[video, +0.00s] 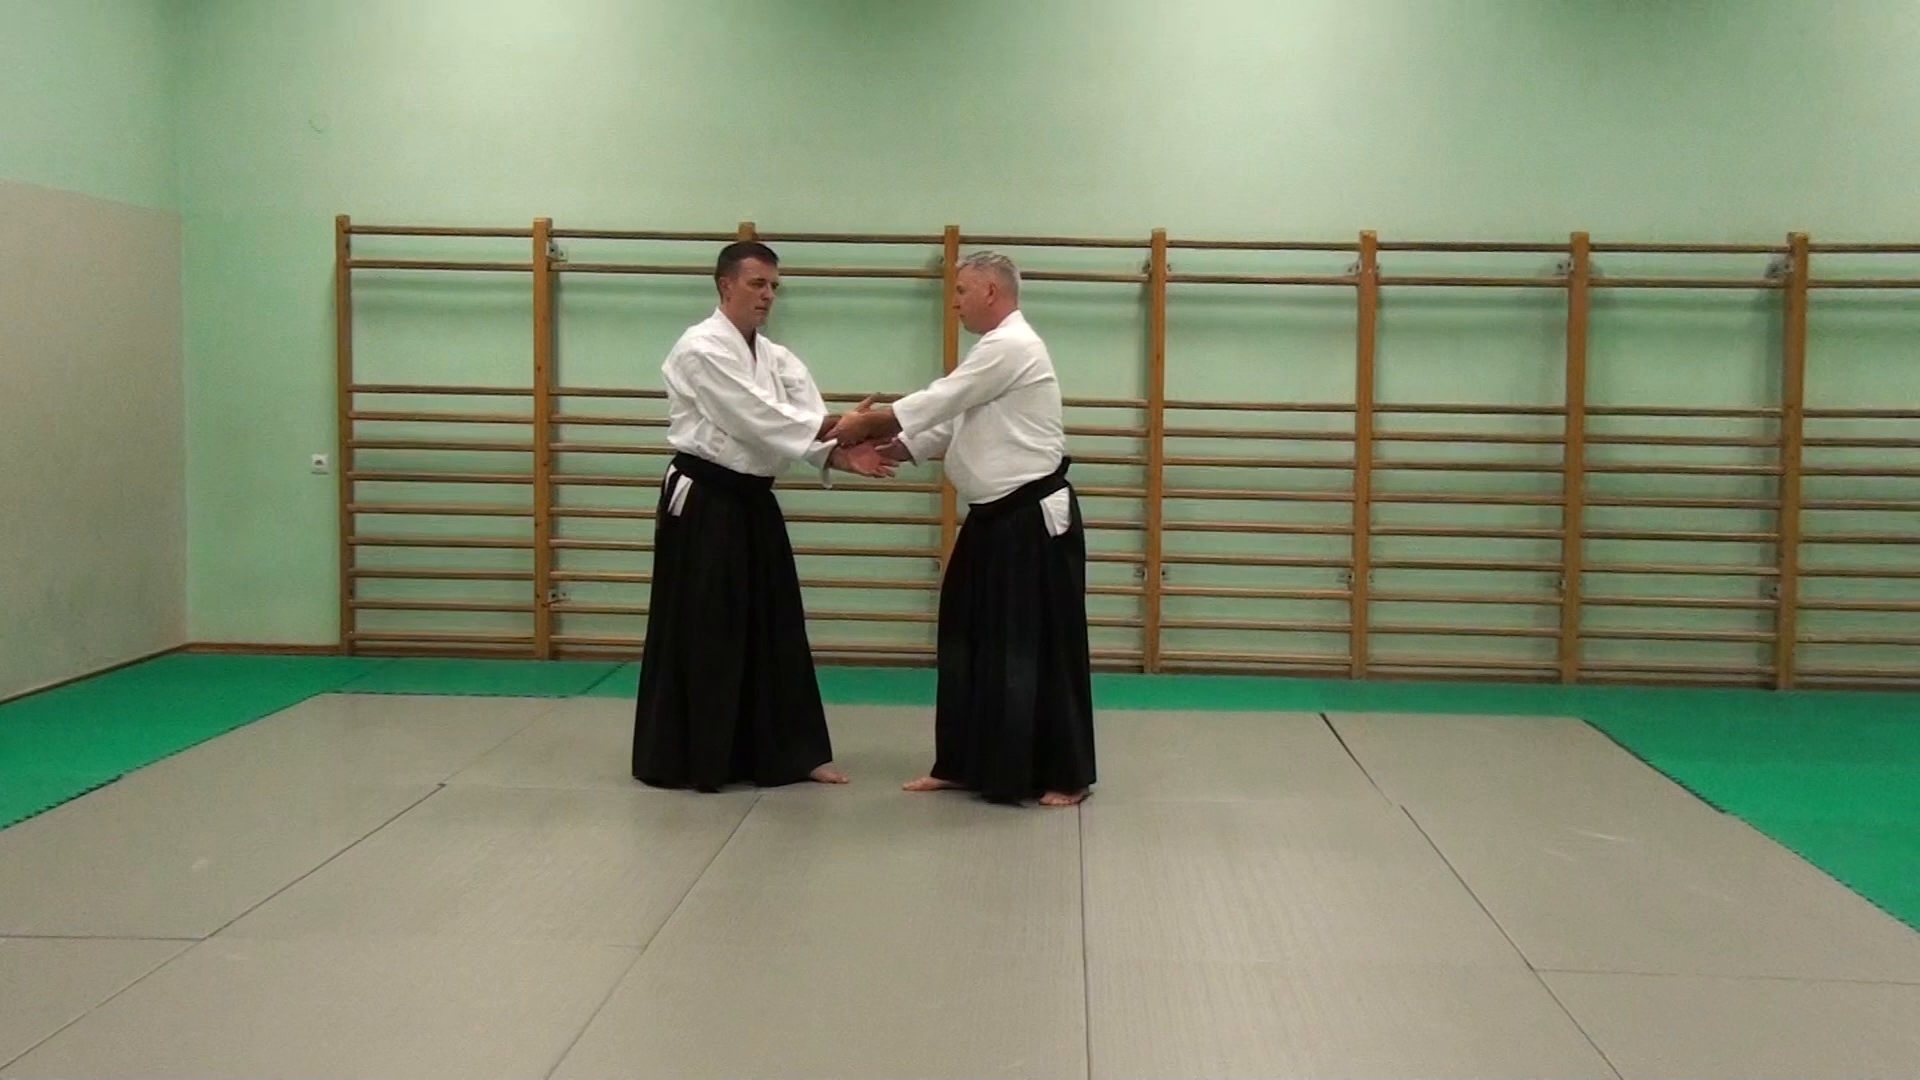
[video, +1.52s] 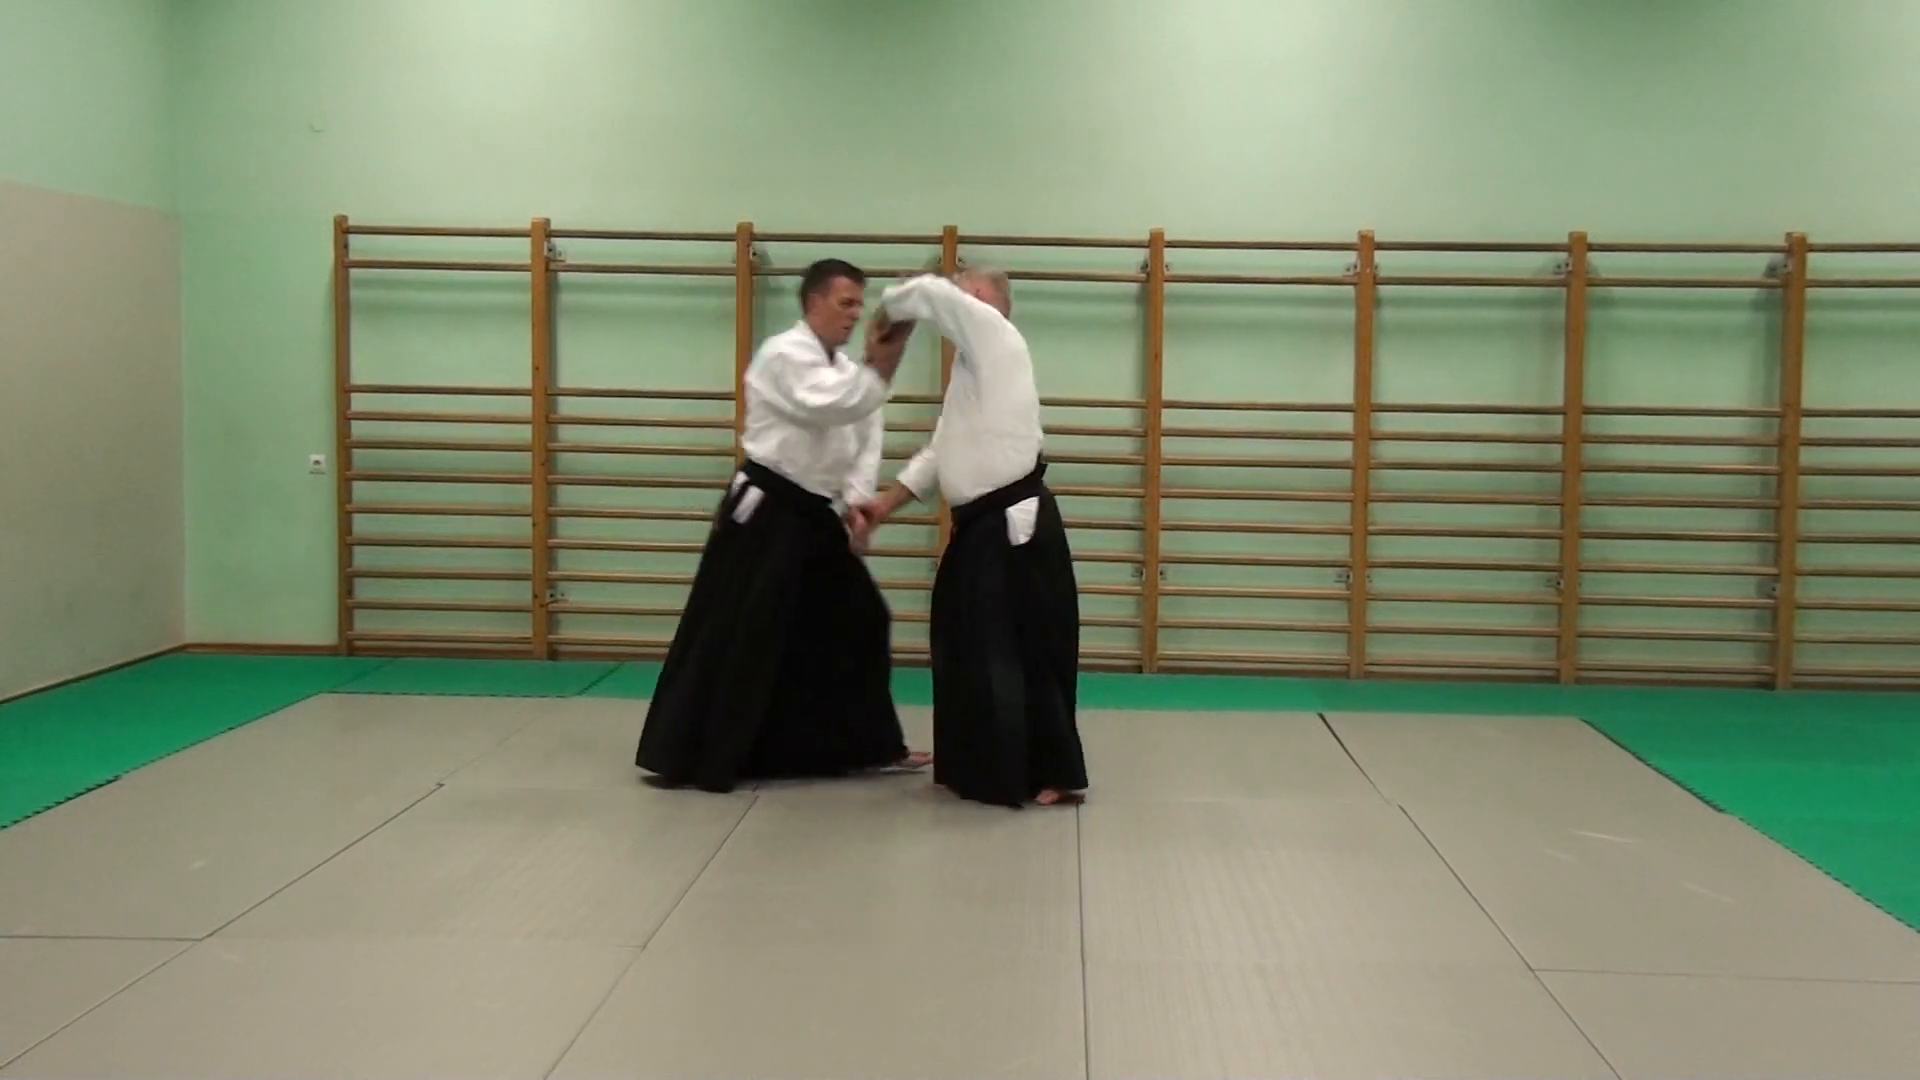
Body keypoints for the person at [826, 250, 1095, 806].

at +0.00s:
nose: (956, 304)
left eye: (962, 292)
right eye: (956, 294)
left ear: (993, 290)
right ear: (992, 291)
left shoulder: (1012, 345)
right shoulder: (993, 350)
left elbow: (939, 400)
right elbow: (949, 431)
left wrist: (865, 419)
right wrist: (890, 449)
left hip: (1034, 515)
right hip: (988, 517)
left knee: (1045, 646)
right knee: (963, 639)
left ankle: (1066, 775)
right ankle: (961, 765)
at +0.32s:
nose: (953, 304)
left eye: (958, 292)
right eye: (952, 294)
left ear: (988, 290)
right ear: (987, 291)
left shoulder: (1009, 346)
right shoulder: (989, 351)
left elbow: (935, 401)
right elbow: (947, 431)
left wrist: (860, 419)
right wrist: (886, 447)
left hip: (1032, 514)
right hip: (986, 516)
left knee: (1045, 645)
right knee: (961, 639)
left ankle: (1066, 775)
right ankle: (960, 765)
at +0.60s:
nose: (953, 304)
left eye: (959, 292)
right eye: (952, 294)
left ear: (989, 290)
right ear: (987, 291)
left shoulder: (1009, 346)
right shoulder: (990, 351)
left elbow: (934, 402)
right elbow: (948, 432)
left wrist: (858, 419)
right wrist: (888, 445)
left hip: (1032, 515)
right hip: (986, 516)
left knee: (1044, 645)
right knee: (961, 639)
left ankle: (1066, 774)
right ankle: (959, 764)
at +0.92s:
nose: (953, 303)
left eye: (958, 291)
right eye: (952, 293)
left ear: (989, 290)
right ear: (989, 291)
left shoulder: (1010, 346)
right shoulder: (990, 350)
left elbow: (934, 402)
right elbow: (950, 433)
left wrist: (858, 419)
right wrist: (889, 445)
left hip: (1031, 515)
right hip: (985, 516)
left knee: (1044, 644)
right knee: (960, 638)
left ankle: (1066, 775)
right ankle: (959, 764)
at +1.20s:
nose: (953, 303)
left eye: (959, 291)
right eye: (952, 292)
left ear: (989, 290)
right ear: (990, 291)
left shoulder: (1010, 346)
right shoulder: (989, 351)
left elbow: (941, 395)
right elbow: (951, 431)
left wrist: (864, 413)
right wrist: (886, 445)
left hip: (1030, 514)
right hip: (985, 515)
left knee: (1042, 644)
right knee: (959, 637)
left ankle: (1065, 775)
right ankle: (958, 764)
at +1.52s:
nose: (959, 298)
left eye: (971, 290)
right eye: (958, 289)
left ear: (998, 305)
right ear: (957, 300)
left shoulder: (1001, 342)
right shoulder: (966, 372)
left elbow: (932, 289)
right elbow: (938, 451)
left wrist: (888, 311)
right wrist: (887, 501)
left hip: (1017, 517)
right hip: (975, 525)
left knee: (1030, 642)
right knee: (958, 641)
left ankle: (1057, 775)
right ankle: (966, 766)